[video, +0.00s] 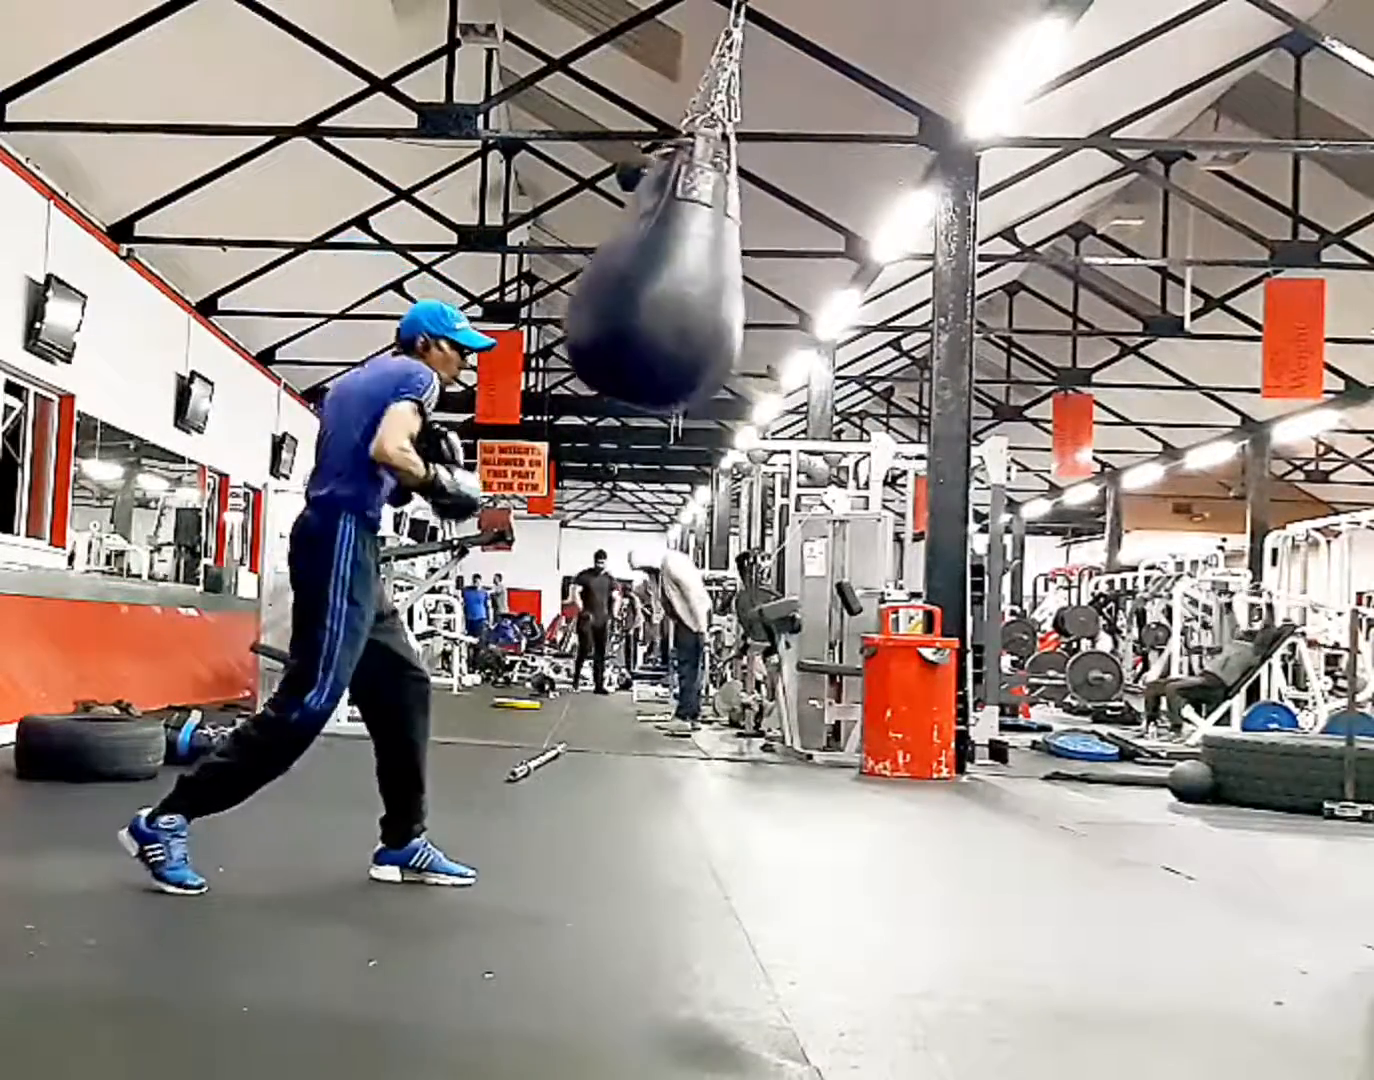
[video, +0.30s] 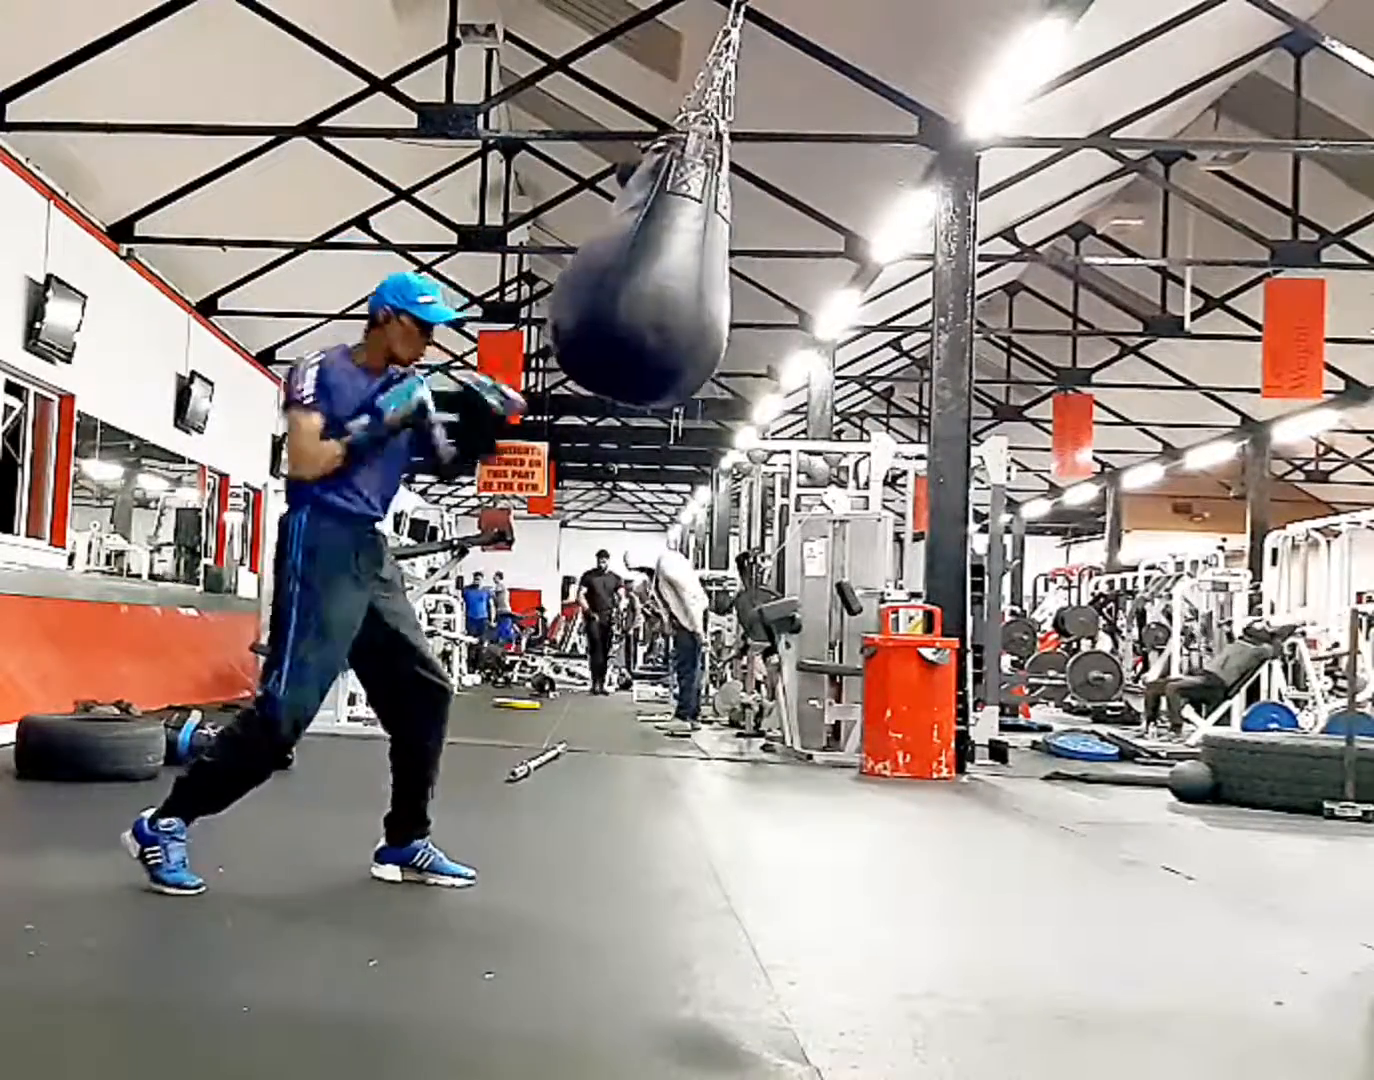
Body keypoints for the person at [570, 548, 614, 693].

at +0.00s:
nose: (600, 564)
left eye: (603, 562)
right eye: (598, 561)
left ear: (606, 562)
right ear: (594, 561)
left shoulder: (609, 579)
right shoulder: (584, 576)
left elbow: (617, 596)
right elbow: (574, 592)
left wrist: (614, 613)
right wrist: (580, 608)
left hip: (603, 617)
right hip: (587, 616)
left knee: (600, 653)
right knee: (585, 649)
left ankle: (599, 684)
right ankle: (576, 681)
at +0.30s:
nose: (602, 563)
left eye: (605, 560)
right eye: (600, 560)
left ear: (609, 561)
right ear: (597, 561)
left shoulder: (615, 578)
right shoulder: (588, 576)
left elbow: (622, 597)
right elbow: (580, 595)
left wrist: (619, 611)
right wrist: (588, 611)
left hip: (609, 616)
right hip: (594, 615)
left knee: (605, 649)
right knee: (596, 649)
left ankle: (601, 682)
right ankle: (595, 682)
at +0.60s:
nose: (599, 565)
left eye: (601, 562)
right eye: (596, 563)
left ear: (606, 562)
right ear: (593, 564)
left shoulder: (616, 578)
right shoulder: (588, 580)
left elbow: (624, 598)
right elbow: (581, 599)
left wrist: (621, 615)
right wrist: (585, 616)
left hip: (612, 618)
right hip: (595, 618)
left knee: (610, 651)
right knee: (599, 651)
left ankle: (603, 681)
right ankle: (599, 683)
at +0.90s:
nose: (597, 563)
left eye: (599, 560)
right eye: (594, 561)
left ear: (604, 559)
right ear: (591, 561)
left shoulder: (615, 575)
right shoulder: (586, 577)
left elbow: (625, 591)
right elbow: (580, 597)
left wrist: (623, 608)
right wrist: (586, 610)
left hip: (613, 618)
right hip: (595, 619)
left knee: (616, 652)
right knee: (597, 654)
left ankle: (616, 682)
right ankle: (599, 685)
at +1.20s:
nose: (596, 564)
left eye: (598, 562)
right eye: (593, 562)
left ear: (604, 561)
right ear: (590, 562)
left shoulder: (614, 573)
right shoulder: (588, 575)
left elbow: (629, 587)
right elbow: (580, 592)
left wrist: (623, 605)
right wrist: (583, 605)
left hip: (608, 617)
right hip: (592, 618)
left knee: (606, 652)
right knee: (594, 653)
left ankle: (606, 684)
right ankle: (599, 684)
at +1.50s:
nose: (596, 568)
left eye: (598, 564)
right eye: (594, 565)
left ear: (604, 562)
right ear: (591, 563)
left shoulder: (614, 574)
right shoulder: (594, 575)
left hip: (605, 619)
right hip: (593, 619)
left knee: (603, 653)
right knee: (594, 652)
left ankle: (603, 684)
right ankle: (600, 683)